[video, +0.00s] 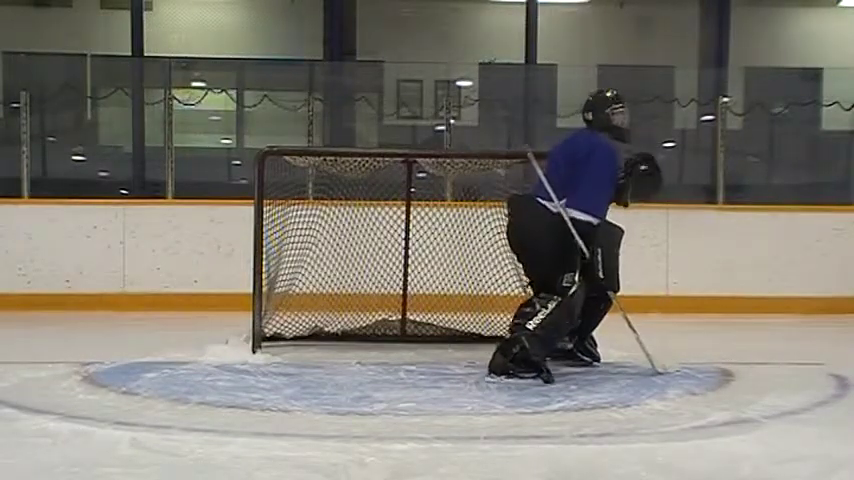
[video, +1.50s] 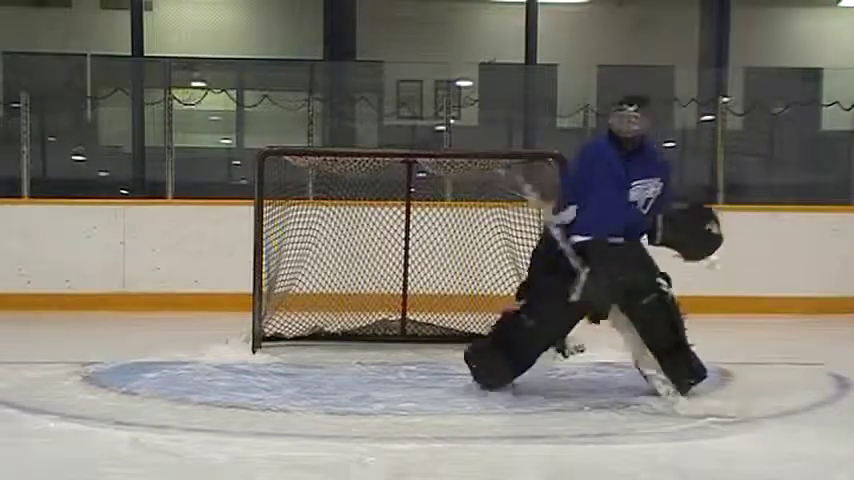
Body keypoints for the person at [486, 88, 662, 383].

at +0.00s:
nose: (625, 118)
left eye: (624, 112)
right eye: (619, 113)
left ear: (593, 117)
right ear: (603, 117)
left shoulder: (576, 141)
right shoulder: (603, 150)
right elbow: (582, 215)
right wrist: (588, 260)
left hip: (525, 213)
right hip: (545, 221)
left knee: (548, 288)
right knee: (567, 291)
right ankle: (519, 352)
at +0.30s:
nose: (630, 121)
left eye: (630, 114)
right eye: (624, 115)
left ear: (599, 117)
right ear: (607, 117)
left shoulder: (579, 140)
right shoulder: (605, 150)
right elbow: (584, 207)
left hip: (531, 215)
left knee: (550, 288)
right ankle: (513, 353)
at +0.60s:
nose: (620, 126)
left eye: (624, 119)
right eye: (614, 118)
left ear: (629, 123)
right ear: (595, 119)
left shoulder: (623, 163)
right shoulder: (570, 148)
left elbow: (602, 223)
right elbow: (533, 212)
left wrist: (637, 228)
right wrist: (537, 267)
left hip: (583, 254)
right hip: (550, 252)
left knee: (600, 297)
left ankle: (579, 352)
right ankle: (524, 371)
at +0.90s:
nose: (636, 118)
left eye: (639, 112)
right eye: (629, 112)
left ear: (641, 114)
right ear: (612, 114)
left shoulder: (630, 150)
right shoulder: (592, 147)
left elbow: (625, 204)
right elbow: (574, 210)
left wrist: (656, 203)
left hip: (596, 234)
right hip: (567, 233)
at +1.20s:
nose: (662, 116)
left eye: (665, 110)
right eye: (656, 110)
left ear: (667, 112)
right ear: (638, 111)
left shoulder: (661, 148)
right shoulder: (609, 144)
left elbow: (653, 200)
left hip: (643, 236)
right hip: (610, 236)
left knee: (671, 289)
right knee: (593, 311)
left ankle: (648, 363)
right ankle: (539, 372)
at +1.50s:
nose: (629, 127)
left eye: (636, 121)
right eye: (623, 119)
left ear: (646, 124)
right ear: (611, 122)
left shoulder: (653, 159)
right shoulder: (595, 156)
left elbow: (653, 211)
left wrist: (678, 228)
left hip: (627, 251)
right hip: (583, 251)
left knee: (656, 308)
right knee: (548, 316)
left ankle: (684, 374)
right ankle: (491, 365)